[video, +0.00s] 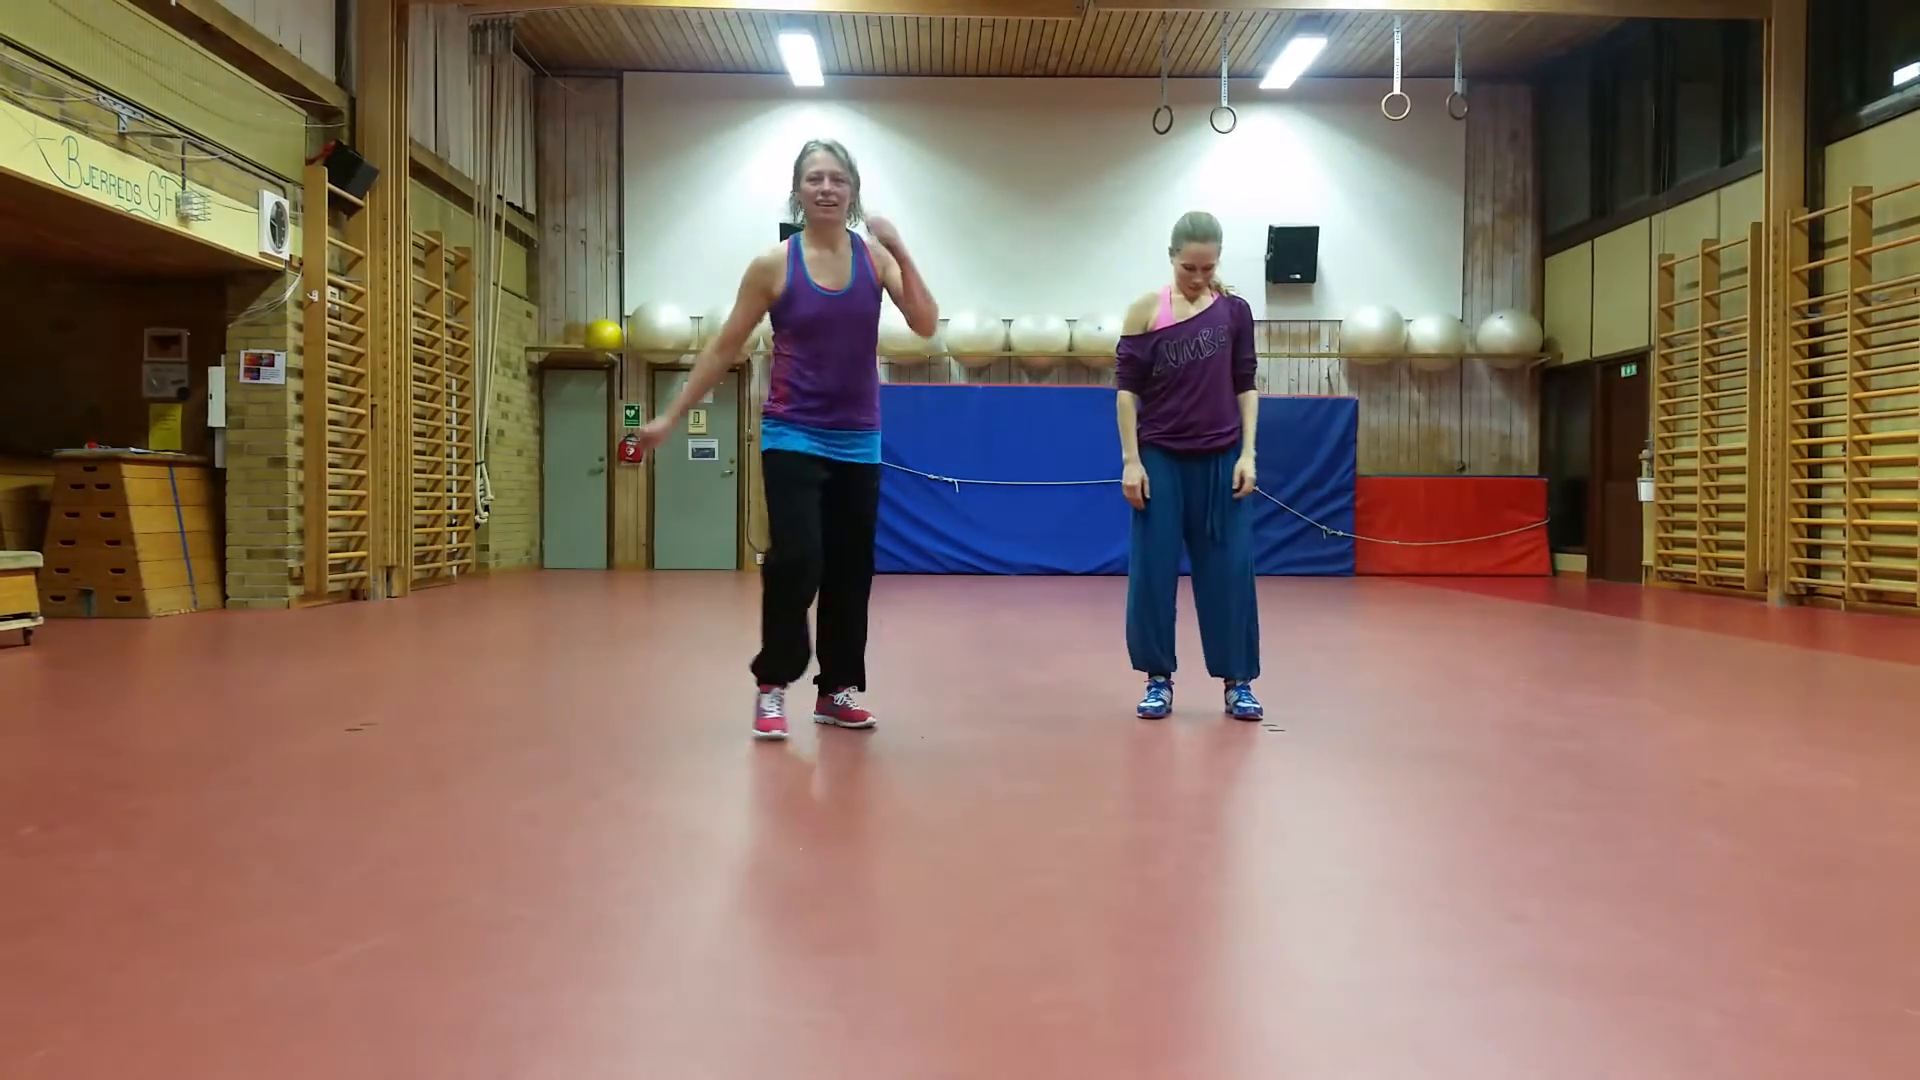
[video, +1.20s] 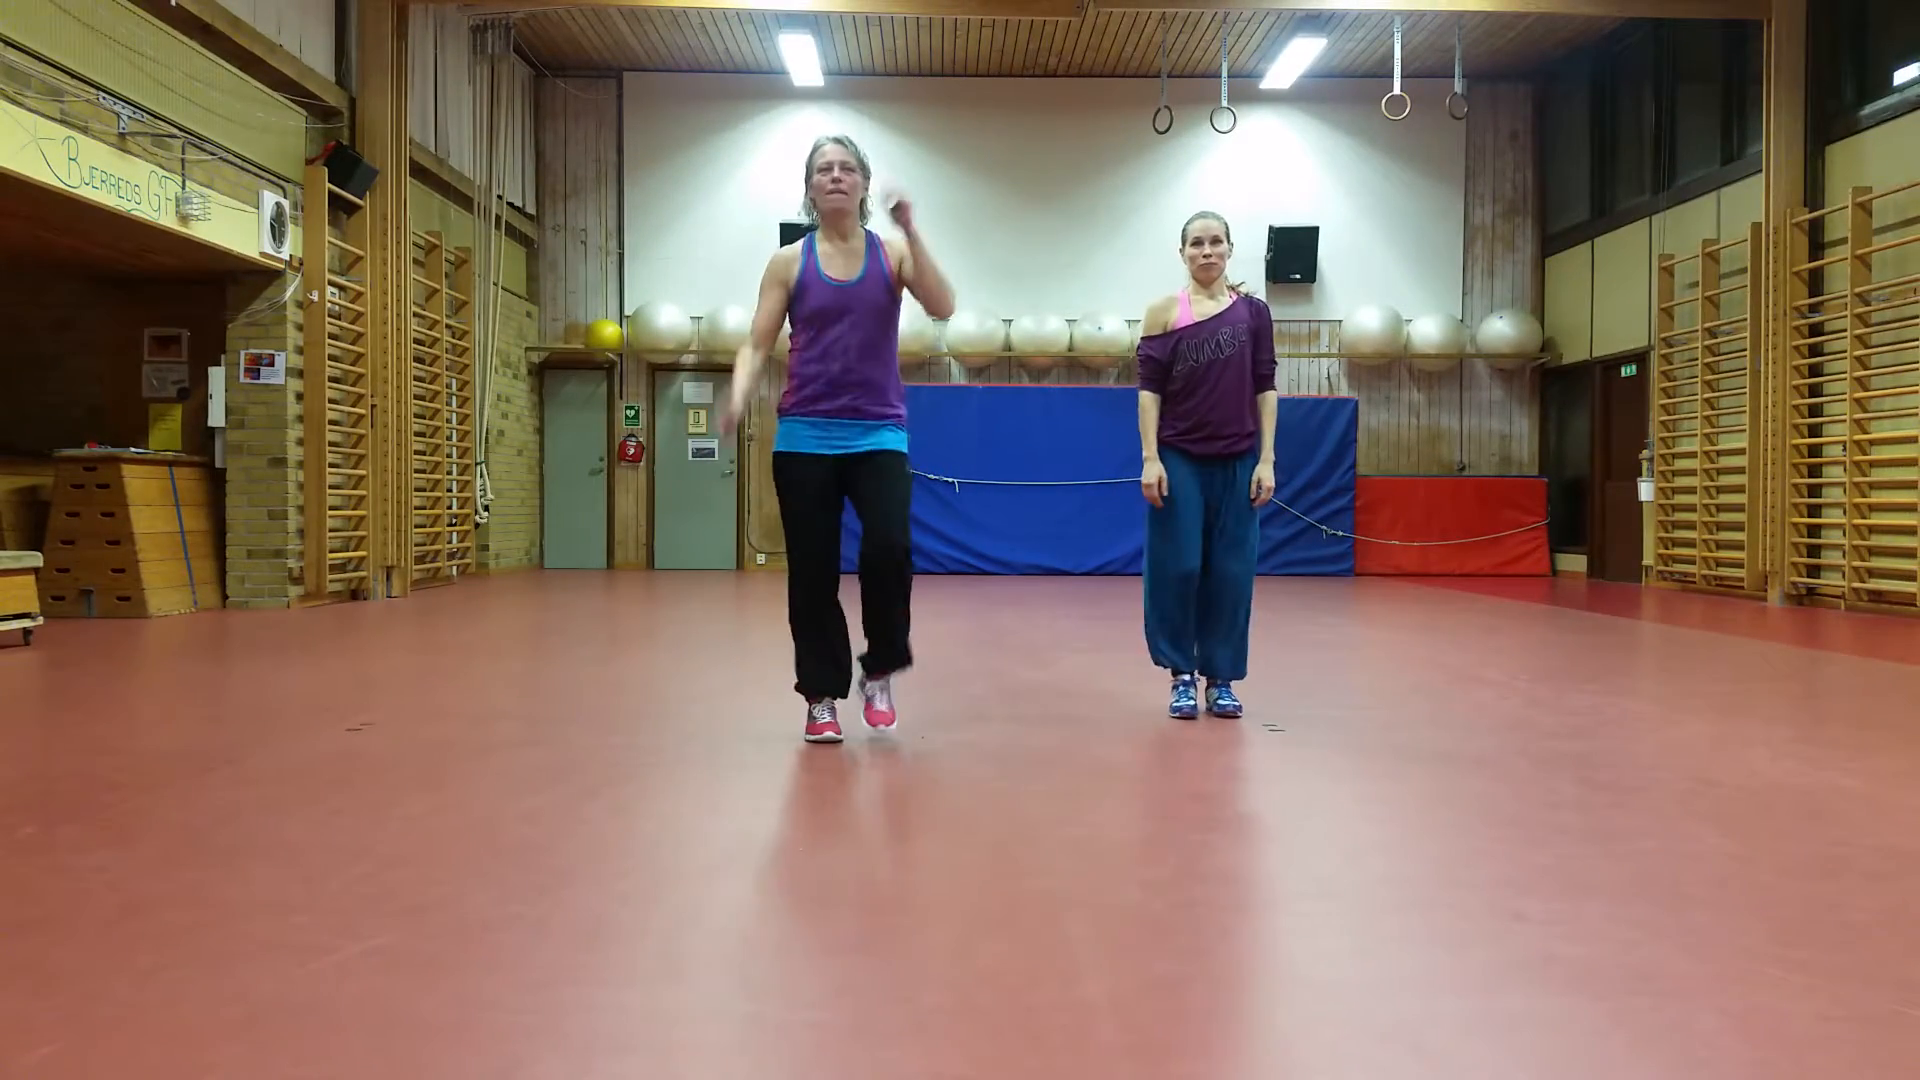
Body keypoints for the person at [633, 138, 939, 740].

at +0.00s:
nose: (826, 188)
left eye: (837, 179)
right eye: (814, 179)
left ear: (854, 191)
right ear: (797, 191)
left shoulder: (874, 258)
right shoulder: (772, 265)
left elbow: (926, 323)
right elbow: (724, 350)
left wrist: (901, 249)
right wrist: (668, 419)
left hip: (858, 437)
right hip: (792, 434)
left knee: (851, 569)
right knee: (797, 561)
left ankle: (838, 690)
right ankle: (773, 685)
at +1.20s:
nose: (836, 177)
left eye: (847, 169)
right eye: (824, 169)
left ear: (865, 184)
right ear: (808, 187)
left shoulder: (893, 250)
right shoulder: (789, 260)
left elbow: (942, 306)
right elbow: (758, 343)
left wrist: (912, 234)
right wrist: (737, 397)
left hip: (879, 432)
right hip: (805, 433)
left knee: (890, 550)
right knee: (812, 568)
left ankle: (880, 674)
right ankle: (821, 697)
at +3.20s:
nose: (878, 163)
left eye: (890, 157)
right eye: (866, 158)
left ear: (909, 177)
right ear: (853, 179)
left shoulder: (933, 239)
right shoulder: (839, 240)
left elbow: (966, 160)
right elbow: (792, 181)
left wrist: (909, 88)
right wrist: (844, 103)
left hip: (927, 426)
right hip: (852, 425)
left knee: (924, 566)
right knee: (832, 554)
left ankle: (915, 702)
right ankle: (855, 685)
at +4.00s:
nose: (891, 169)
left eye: (902, 160)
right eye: (879, 162)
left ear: (923, 175)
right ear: (867, 177)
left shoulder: (948, 236)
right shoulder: (853, 239)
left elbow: (981, 167)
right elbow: (804, 188)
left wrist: (923, 96)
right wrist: (855, 112)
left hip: (941, 428)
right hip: (865, 428)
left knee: (941, 572)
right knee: (834, 564)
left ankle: (934, 703)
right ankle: (862, 689)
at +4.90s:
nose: (887, 145)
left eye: (898, 137)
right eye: (875, 139)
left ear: (918, 152)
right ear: (860, 156)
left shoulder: (942, 218)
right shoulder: (852, 219)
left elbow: (962, 142)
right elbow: (820, 169)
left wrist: (920, 67)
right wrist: (841, 93)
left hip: (926, 404)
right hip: (853, 397)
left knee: (927, 550)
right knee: (846, 538)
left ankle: (921, 691)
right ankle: (846, 675)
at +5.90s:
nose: (881, 168)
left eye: (893, 161)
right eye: (870, 161)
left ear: (912, 181)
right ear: (854, 182)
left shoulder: (939, 242)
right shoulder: (829, 249)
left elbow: (990, 284)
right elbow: (769, 305)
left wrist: (932, 294)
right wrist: (845, 302)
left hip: (925, 438)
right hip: (847, 439)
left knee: (968, 550)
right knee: (836, 579)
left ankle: (938, 689)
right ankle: (832, 709)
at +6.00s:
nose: (889, 154)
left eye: (899, 146)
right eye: (877, 147)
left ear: (919, 162)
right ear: (860, 166)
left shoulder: (945, 218)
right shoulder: (841, 233)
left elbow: (990, 252)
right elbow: (779, 287)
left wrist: (909, 266)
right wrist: (836, 234)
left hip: (929, 419)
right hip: (850, 420)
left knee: (998, 533)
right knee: (818, 550)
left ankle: (996, 672)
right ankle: (819, 692)